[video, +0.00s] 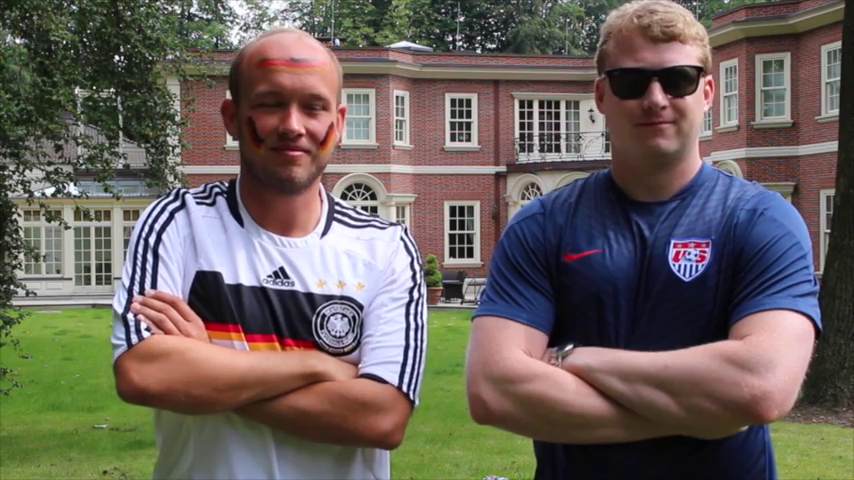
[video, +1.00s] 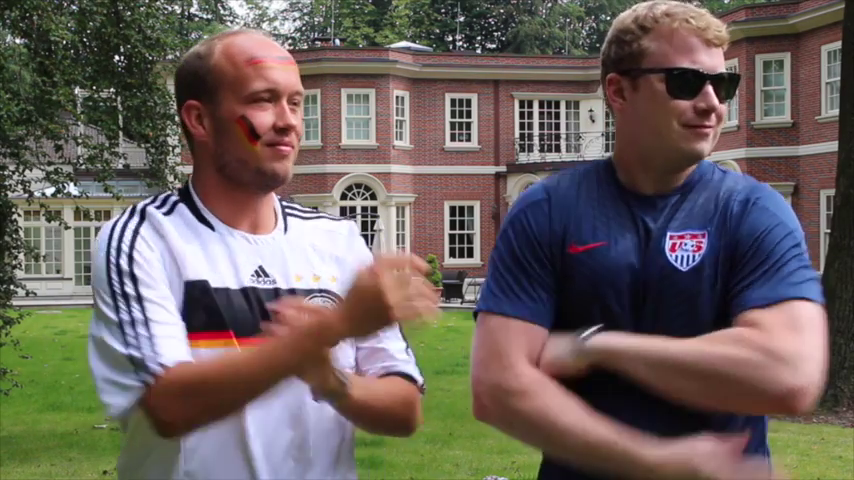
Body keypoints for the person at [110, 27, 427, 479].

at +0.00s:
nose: (293, 126)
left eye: (314, 107)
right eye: (271, 104)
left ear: (338, 124)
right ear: (232, 118)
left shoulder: (387, 249)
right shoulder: (174, 221)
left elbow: (384, 421)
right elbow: (138, 374)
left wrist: (211, 372)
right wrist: (318, 365)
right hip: (201, 473)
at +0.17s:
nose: (310, 129)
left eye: (324, 108)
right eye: (285, 106)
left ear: (338, 119)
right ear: (230, 120)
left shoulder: (381, 245)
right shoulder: (169, 225)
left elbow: (387, 415)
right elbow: (140, 377)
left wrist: (211, 374)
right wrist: (318, 363)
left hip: (342, 475)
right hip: (201, 473)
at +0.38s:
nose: (308, 129)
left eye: (318, 109)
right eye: (283, 107)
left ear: (329, 116)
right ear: (221, 121)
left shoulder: (367, 241)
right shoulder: (156, 229)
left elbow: (389, 405)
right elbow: (145, 384)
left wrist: (213, 375)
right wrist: (320, 359)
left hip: (340, 475)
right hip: (200, 473)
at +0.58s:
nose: (303, 129)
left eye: (311, 108)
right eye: (277, 107)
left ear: (322, 116)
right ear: (214, 121)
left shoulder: (358, 239)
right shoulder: (149, 230)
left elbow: (388, 403)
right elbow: (146, 387)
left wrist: (214, 375)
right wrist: (316, 357)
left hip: (336, 476)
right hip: (198, 474)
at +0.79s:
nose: (297, 122)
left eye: (306, 103)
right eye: (271, 101)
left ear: (314, 112)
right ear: (208, 119)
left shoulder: (350, 240)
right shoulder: (143, 232)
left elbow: (389, 404)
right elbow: (134, 389)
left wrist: (213, 370)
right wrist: (299, 340)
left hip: (332, 473)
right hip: (192, 473)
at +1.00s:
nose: (288, 122)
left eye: (295, 103)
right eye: (263, 100)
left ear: (304, 110)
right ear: (197, 119)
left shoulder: (339, 242)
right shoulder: (136, 239)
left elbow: (405, 411)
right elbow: (169, 407)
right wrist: (342, 322)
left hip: (323, 475)